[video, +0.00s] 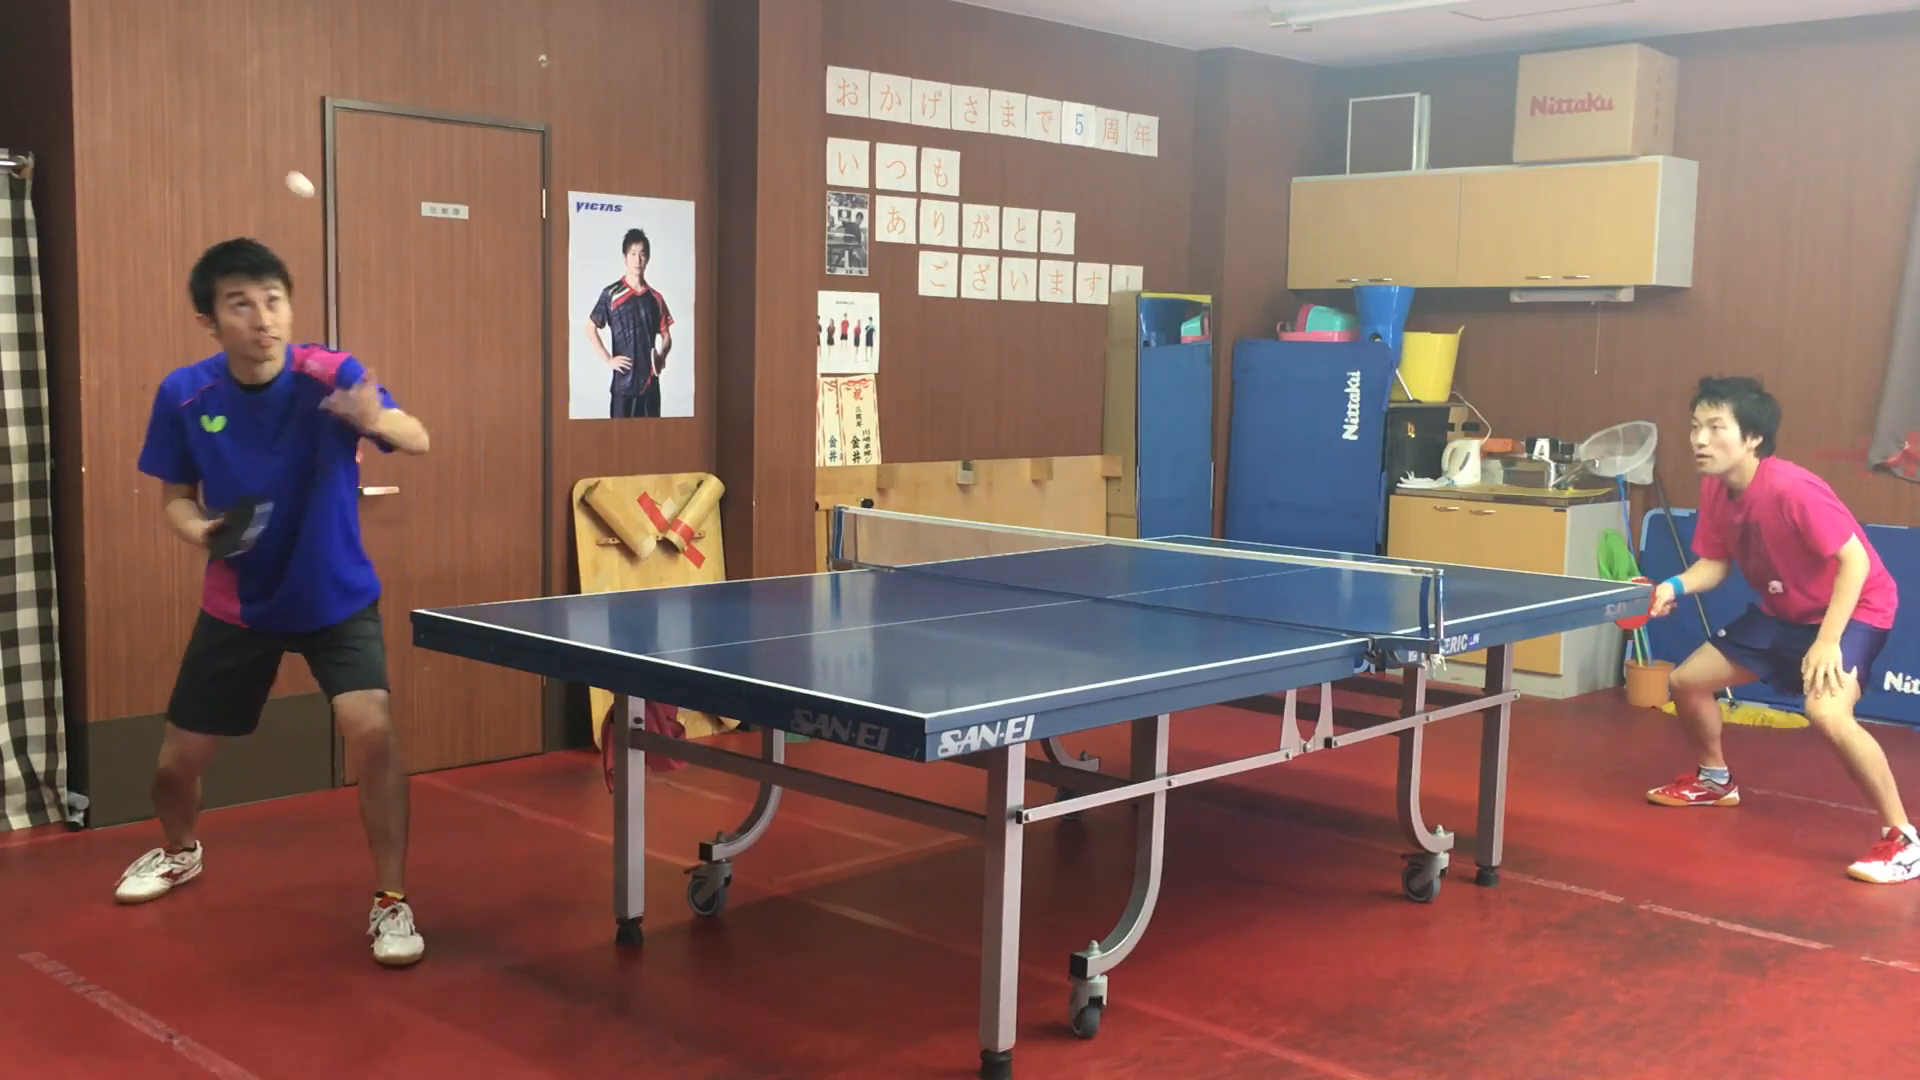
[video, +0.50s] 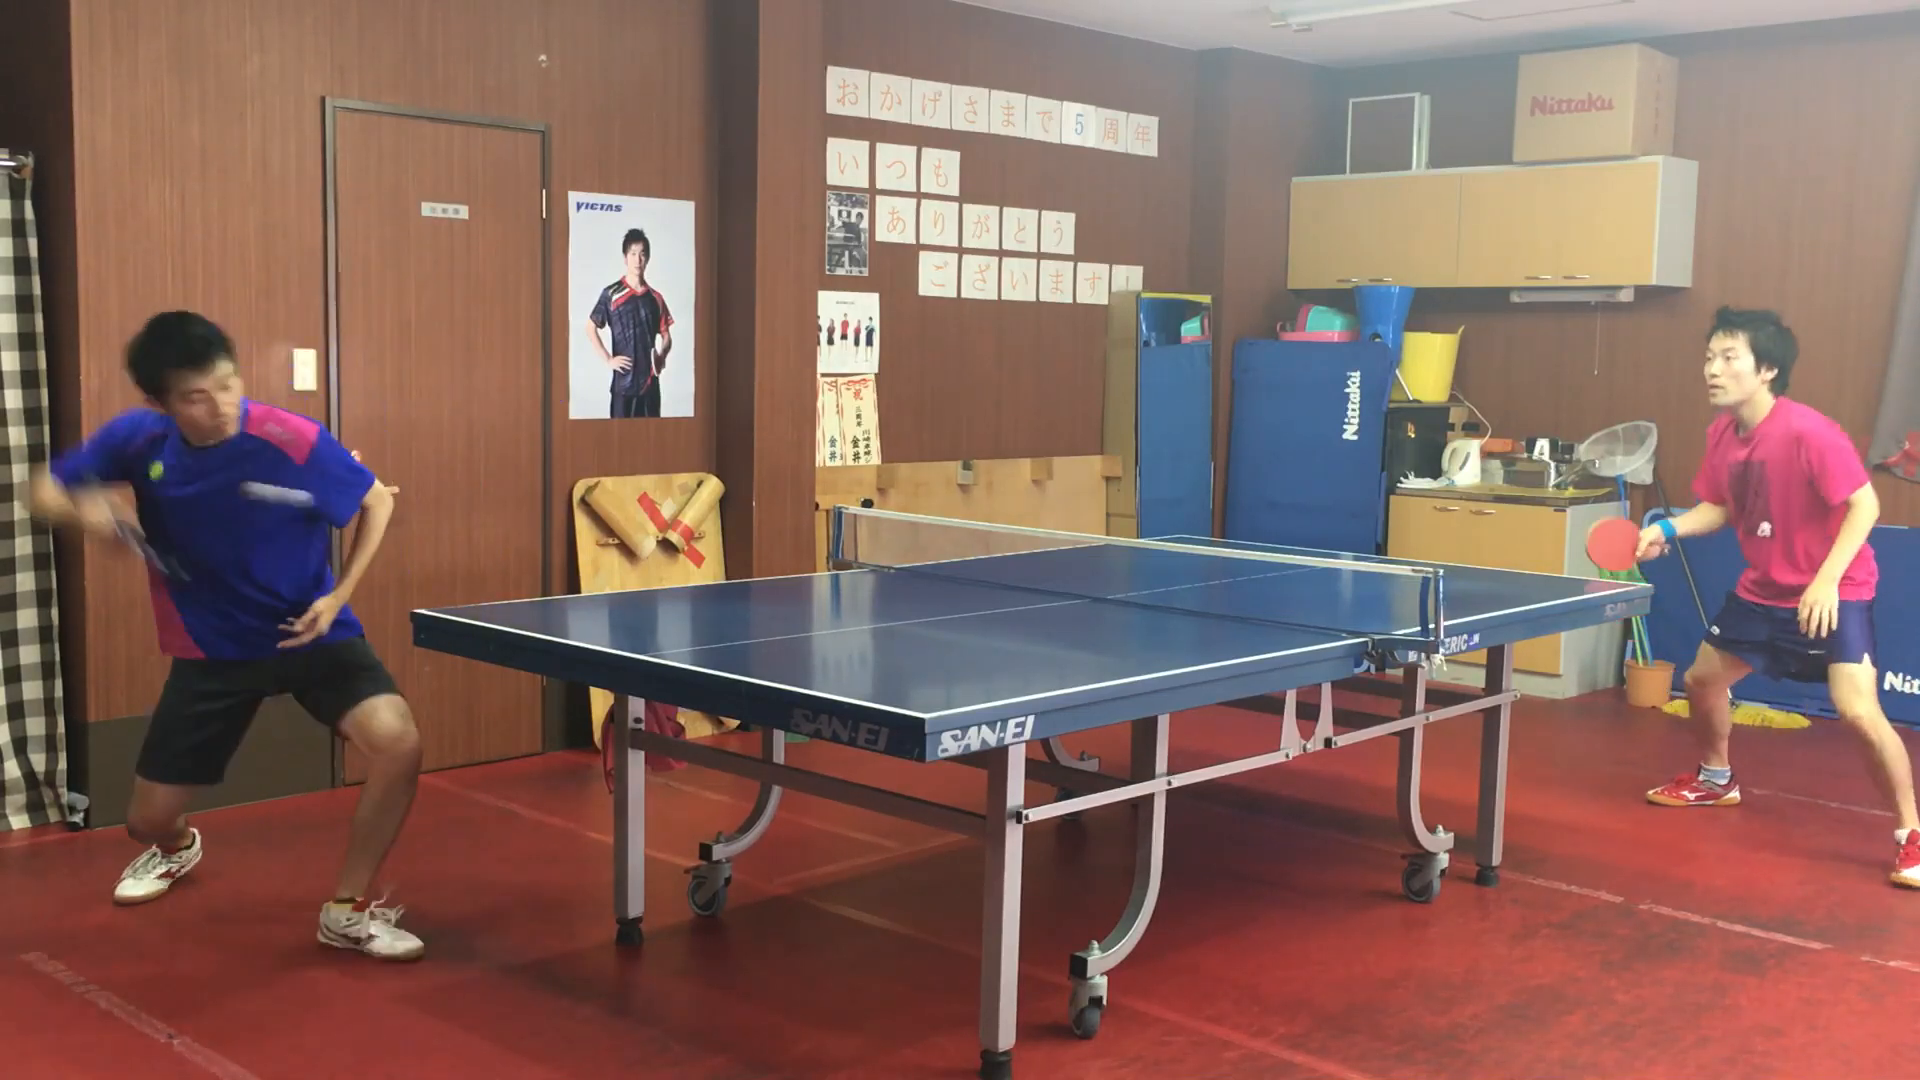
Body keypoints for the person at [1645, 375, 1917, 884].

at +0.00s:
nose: (1698, 438)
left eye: (1714, 427)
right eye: (1695, 426)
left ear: (1753, 441)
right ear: (1692, 431)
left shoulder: (1793, 489)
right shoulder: (1716, 489)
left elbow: (1855, 561)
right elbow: (1715, 562)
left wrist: (1827, 639)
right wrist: (1674, 587)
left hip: (1853, 613)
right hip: (1783, 612)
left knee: (1826, 710)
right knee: (1687, 681)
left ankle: (1901, 836)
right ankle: (1713, 778)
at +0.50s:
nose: (1711, 370)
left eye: (1727, 359)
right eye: (1709, 359)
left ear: (1767, 373)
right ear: (1706, 366)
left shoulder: (1809, 432)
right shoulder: (1723, 432)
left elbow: (1865, 506)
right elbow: (1718, 508)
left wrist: (1827, 578)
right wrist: (1668, 528)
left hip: (1835, 588)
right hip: (1763, 585)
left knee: (1857, 709)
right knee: (1703, 679)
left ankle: (1911, 831)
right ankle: (1714, 776)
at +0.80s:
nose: (1695, 367)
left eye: (1709, 354)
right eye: (1693, 356)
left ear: (1753, 362)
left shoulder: (1811, 421)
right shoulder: (1704, 433)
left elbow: (1869, 495)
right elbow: (1648, 494)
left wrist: (1825, 564)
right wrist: (1568, 506)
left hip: (1838, 597)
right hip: (1757, 591)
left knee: (1876, 726)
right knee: (1666, 677)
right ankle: (1701, 797)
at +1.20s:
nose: (1509, 413)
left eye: (1521, 399)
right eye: (1505, 402)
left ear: (1566, 402)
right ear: (1513, 412)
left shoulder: (1637, 445)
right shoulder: (1518, 478)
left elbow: (1691, 502)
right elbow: (1466, 515)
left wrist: (1750, 545)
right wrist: (1401, 520)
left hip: (1674, 628)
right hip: (1587, 628)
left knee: (1767, 731)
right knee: (1476, 670)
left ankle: (1851, 843)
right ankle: (1460, 812)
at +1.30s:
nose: (1498, 396)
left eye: (1511, 382)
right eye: (1494, 386)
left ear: (1555, 387)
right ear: (1496, 398)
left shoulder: (1627, 429)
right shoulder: (1505, 464)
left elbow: (1693, 472)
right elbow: (1466, 523)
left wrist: (1758, 505)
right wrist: (1419, 532)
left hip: (1666, 608)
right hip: (1578, 613)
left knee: (1756, 717)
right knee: (1478, 679)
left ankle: (1827, 830)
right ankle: (1458, 817)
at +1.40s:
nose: (1516, 366)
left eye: (1530, 352)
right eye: (1512, 355)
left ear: (1573, 357)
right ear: (1512, 363)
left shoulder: (1641, 398)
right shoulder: (1515, 440)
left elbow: (1720, 435)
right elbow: (1491, 513)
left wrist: (1769, 476)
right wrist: (1452, 533)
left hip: (1676, 580)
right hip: (1585, 586)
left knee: (1754, 697)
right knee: (1507, 677)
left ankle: (1814, 813)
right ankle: (1467, 808)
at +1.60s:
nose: (1591, 382)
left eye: (1606, 371)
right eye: (1585, 369)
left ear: (1647, 380)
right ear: (1580, 375)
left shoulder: (1699, 438)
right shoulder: (1576, 454)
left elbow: (1759, 509)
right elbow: (1559, 523)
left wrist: (1757, 568)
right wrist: (1514, 531)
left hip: (1706, 605)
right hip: (1618, 602)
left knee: (1769, 713)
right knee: (1529, 679)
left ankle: (1827, 845)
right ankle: (1488, 811)